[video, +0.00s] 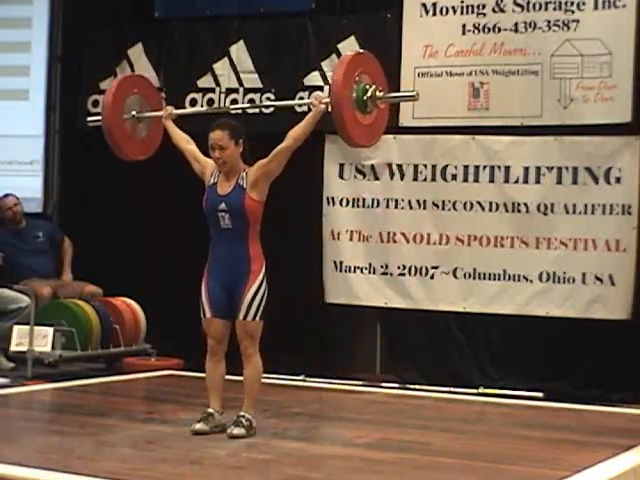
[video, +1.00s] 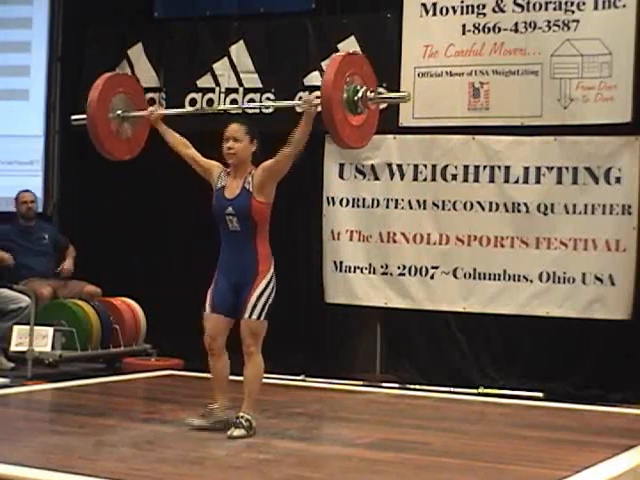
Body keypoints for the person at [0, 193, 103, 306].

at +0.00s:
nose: (14, 211)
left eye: (16, 205)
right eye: (8, 209)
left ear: (21, 205)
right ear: (2, 215)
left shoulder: (41, 225)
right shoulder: (4, 234)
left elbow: (66, 242)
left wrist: (67, 273)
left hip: (54, 279)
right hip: (25, 281)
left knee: (95, 292)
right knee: (45, 293)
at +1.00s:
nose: (29, 206)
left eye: (32, 202)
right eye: (24, 203)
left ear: (36, 205)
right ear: (16, 207)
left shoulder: (47, 229)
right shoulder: (7, 231)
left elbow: (69, 247)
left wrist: (69, 262)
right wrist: (3, 255)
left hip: (53, 278)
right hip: (25, 279)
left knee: (94, 292)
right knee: (45, 293)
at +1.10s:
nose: (34, 206)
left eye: (37, 203)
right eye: (29, 203)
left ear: (41, 205)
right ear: (21, 205)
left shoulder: (49, 230)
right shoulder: (10, 229)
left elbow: (67, 252)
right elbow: (1, 246)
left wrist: (69, 259)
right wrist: (14, 252)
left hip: (52, 279)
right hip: (25, 279)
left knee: (93, 292)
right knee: (45, 293)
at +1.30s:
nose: (45, 206)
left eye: (48, 203)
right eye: (40, 202)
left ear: (52, 207)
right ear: (32, 205)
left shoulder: (53, 231)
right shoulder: (20, 231)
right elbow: (17, 265)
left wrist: (68, 265)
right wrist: (53, 265)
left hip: (56, 279)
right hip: (30, 280)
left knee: (92, 291)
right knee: (45, 292)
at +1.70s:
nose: (74, 215)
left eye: (77, 212)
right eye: (69, 210)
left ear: (80, 215)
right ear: (59, 211)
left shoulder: (77, 239)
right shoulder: (42, 234)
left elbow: (83, 268)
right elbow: (38, 273)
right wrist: (71, 284)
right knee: (48, 293)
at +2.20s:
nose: (98, 233)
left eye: (102, 230)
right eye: (94, 228)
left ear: (105, 232)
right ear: (85, 227)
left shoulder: (102, 248)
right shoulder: (67, 245)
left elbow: (99, 278)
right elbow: (49, 278)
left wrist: (93, 293)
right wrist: (81, 294)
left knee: (102, 297)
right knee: (54, 297)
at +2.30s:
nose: (99, 233)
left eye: (103, 230)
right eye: (96, 228)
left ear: (107, 232)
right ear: (87, 226)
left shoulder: (104, 248)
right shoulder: (68, 244)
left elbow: (100, 278)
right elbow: (51, 279)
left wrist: (95, 293)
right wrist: (84, 294)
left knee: (101, 298)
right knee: (56, 296)